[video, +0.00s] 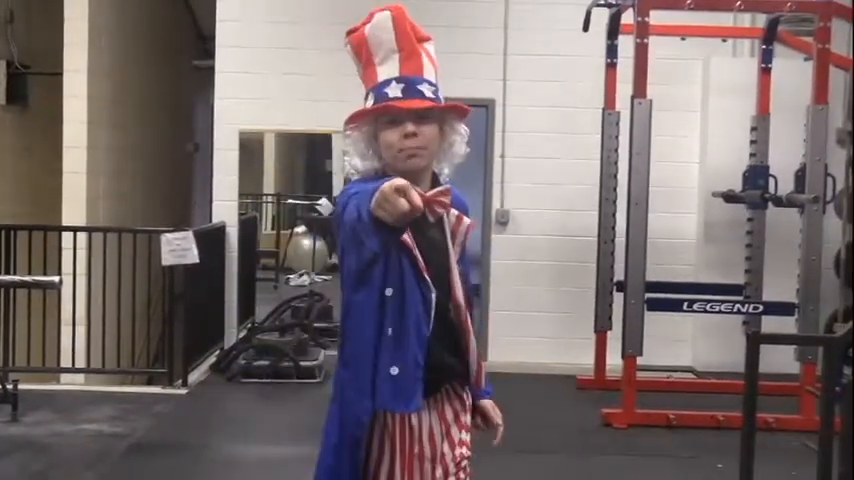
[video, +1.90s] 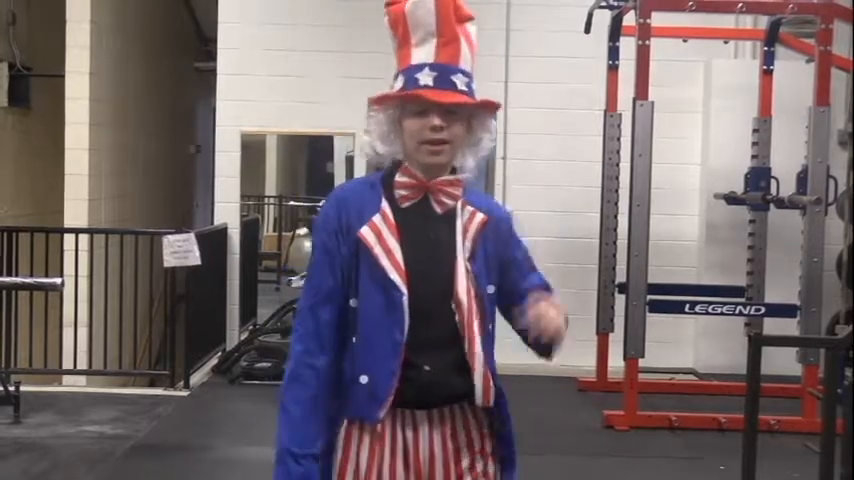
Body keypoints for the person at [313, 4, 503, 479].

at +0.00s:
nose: (409, 133)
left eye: (423, 120)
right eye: (392, 123)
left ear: (444, 132)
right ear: (372, 138)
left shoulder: (452, 206)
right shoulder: (359, 196)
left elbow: (462, 306)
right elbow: (360, 207)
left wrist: (478, 390)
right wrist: (385, 205)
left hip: (450, 404)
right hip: (389, 410)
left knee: (452, 473)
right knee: (392, 473)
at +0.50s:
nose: (428, 133)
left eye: (442, 121)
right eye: (411, 123)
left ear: (462, 136)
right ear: (389, 140)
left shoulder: (472, 211)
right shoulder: (370, 201)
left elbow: (475, 313)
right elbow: (363, 241)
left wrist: (497, 395)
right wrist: (405, 244)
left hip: (453, 413)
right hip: (384, 417)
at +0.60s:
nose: (443, 133)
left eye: (456, 121)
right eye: (427, 122)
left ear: (476, 135)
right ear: (405, 137)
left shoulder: (491, 217)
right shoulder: (381, 200)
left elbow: (495, 324)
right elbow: (359, 277)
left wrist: (514, 413)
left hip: (463, 419)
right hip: (387, 421)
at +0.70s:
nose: (452, 127)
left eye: (466, 116)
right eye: (437, 116)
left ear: (487, 130)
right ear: (416, 128)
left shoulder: (502, 212)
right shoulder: (382, 203)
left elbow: (514, 323)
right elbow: (350, 309)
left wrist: (530, 413)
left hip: (474, 422)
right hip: (390, 424)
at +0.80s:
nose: (453, 123)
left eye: (467, 111)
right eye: (437, 110)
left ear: (488, 126)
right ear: (416, 124)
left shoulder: (506, 210)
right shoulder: (376, 206)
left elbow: (523, 318)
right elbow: (349, 327)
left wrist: (540, 407)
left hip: (476, 419)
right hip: (392, 421)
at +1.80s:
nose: (424, 123)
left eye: (439, 110)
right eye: (408, 109)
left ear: (459, 124)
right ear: (385, 122)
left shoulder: (486, 216)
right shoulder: (342, 212)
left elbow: (525, 311)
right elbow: (314, 335)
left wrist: (545, 382)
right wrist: (312, 461)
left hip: (460, 431)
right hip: (370, 432)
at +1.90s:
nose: (436, 125)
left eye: (450, 113)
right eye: (420, 112)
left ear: (469, 128)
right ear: (397, 125)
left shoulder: (487, 217)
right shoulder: (347, 210)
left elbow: (523, 291)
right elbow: (314, 346)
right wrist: (297, 464)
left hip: (464, 430)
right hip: (373, 433)